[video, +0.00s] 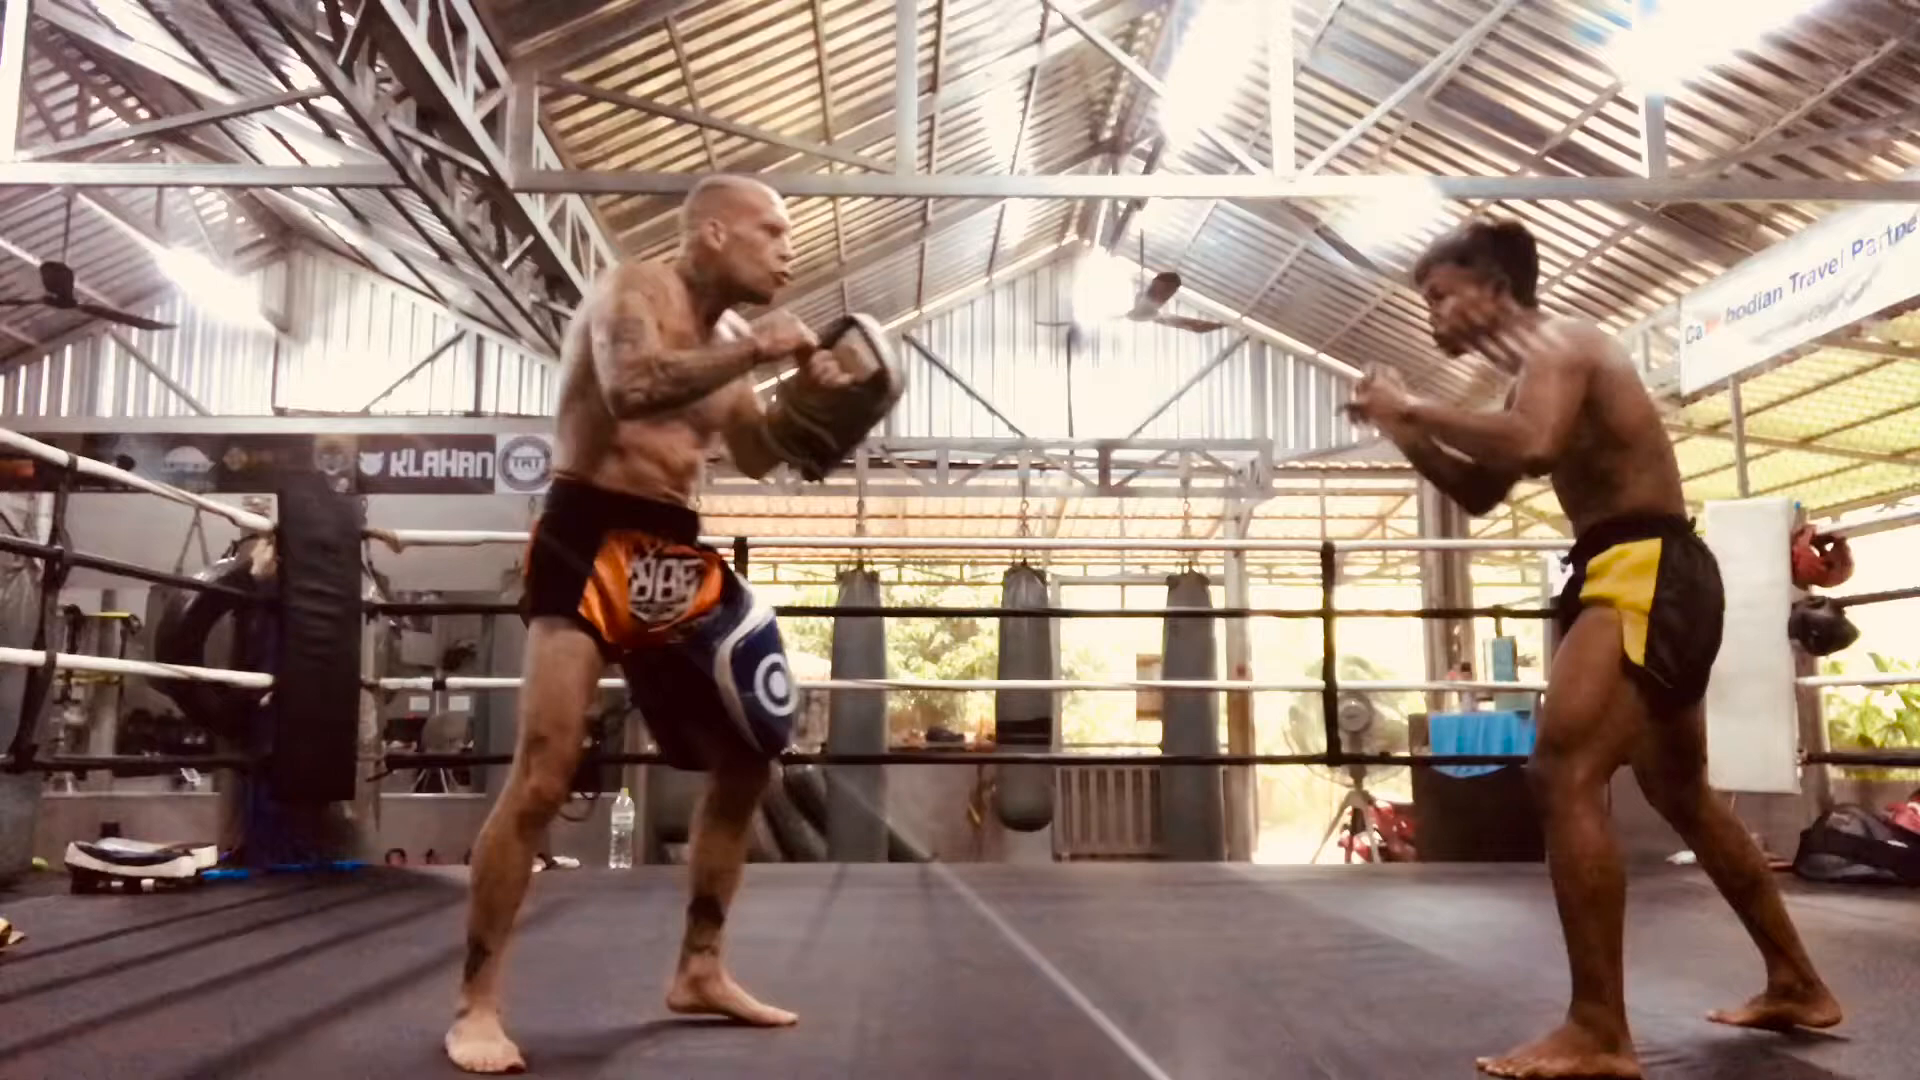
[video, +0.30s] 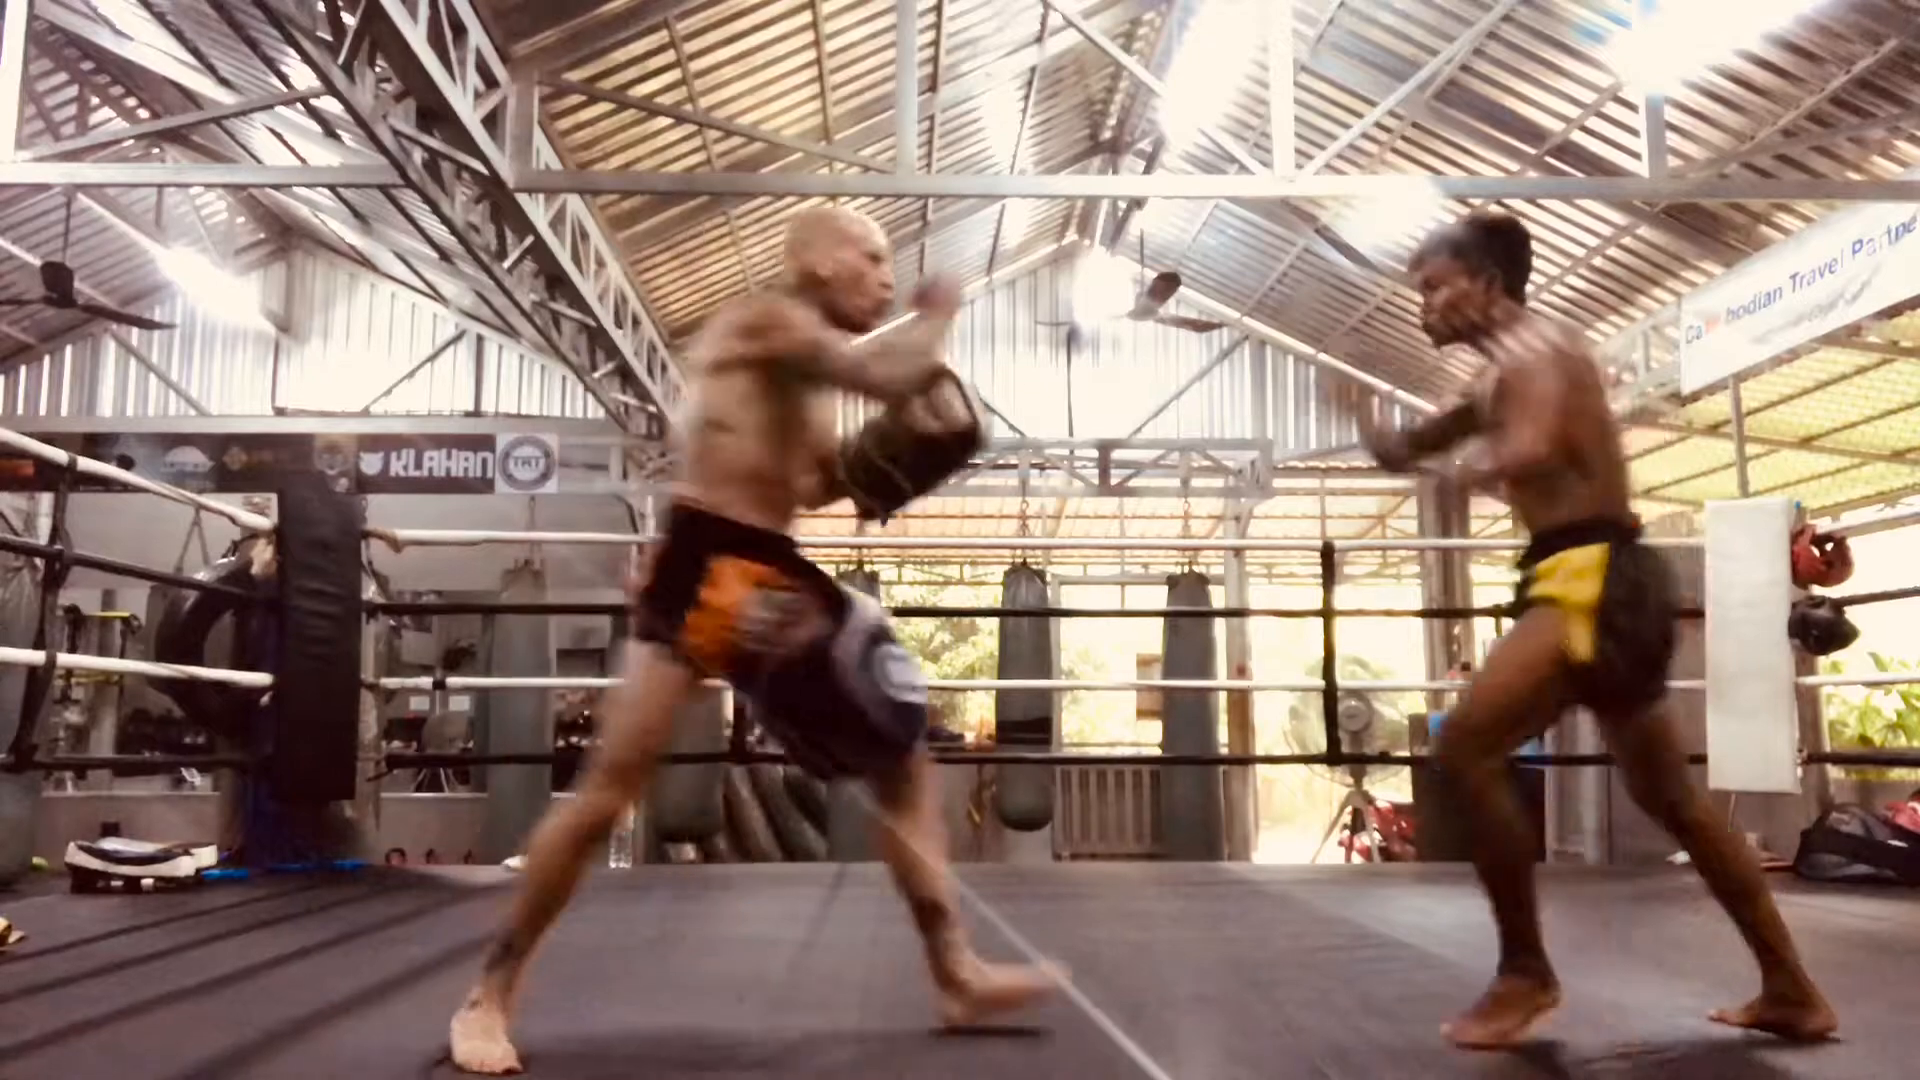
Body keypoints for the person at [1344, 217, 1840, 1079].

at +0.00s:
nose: (1429, 315)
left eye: (1438, 296)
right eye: (1427, 299)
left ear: (1489, 287)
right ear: (1492, 296)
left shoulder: (1559, 342)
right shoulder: (1541, 368)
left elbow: (1532, 440)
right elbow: (1476, 495)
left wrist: (1408, 411)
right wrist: (1404, 434)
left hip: (1637, 567)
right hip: (1662, 568)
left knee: (1567, 774)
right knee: (1683, 793)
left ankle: (1597, 1029)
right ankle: (1798, 985)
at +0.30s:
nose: (1421, 305)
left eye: (1432, 286)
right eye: (1419, 290)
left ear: (1482, 283)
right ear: (1489, 290)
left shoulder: (1531, 354)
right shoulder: (1521, 361)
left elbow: (1533, 446)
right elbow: (1451, 425)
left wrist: (1465, 472)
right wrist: (1396, 446)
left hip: (1588, 574)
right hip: (1608, 574)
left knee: (1469, 747)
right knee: (1671, 791)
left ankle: (1523, 977)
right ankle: (1790, 988)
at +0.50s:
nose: (1434, 266)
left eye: (1447, 250)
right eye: (1437, 251)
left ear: (1496, 256)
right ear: (1489, 260)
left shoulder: (1574, 334)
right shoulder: (1452, 351)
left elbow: (1709, 381)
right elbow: (1355, 384)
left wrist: (1802, 457)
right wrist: (1317, 322)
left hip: (1474, 572)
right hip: (1430, 568)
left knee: (1447, 797)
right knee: (1320, 678)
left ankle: (1532, 999)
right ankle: (1404, 801)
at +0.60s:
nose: (1440, 276)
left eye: (1453, 260)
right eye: (1442, 261)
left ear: (1503, 263)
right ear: (1496, 267)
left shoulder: (1585, 346)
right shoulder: (1440, 359)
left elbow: (1690, 402)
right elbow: (1344, 425)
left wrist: (1641, 359)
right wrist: (1230, 434)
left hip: (1438, 583)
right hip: (1372, 528)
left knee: (1448, 794)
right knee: (1197, 499)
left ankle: (1522, 996)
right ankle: (1189, 612)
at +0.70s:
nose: (1408, 289)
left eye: (1424, 277)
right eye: (1413, 275)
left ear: (1468, 283)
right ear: (1448, 279)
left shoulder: (1534, 359)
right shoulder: (1421, 362)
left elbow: (1535, 398)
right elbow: (1372, 439)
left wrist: (1456, 344)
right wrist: (1261, 464)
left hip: (1413, 568)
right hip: (1344, 517)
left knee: (1429, 785)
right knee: (1190, 461)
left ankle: (1509, 994)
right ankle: (1048, 437)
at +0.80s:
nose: (1374, 295)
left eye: (1390, 281)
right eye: (1375, 280)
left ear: (1440, 290)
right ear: (1415, 290)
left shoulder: (1474, 373)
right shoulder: (1399, 370)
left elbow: (1391, 384)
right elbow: (1359, 450)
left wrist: (1295, 315)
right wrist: (1267, 451)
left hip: (1390, 591)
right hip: (1321, 552)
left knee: (1425, 784)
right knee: (1199, 499)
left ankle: (1515, 995)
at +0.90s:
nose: (1340, 309)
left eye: (1358, 294)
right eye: (1337, 296)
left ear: (1406, 304)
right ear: (1344, 309)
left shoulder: (1434, 374)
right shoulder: (1343, 388)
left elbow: (1333, 362)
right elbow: (1293, 450)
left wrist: (1303, 306)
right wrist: (1204, 453)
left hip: (1366, 608)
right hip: (1295, 587)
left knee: (1412, 797)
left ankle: (1512, 997)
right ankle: (1122, 837)